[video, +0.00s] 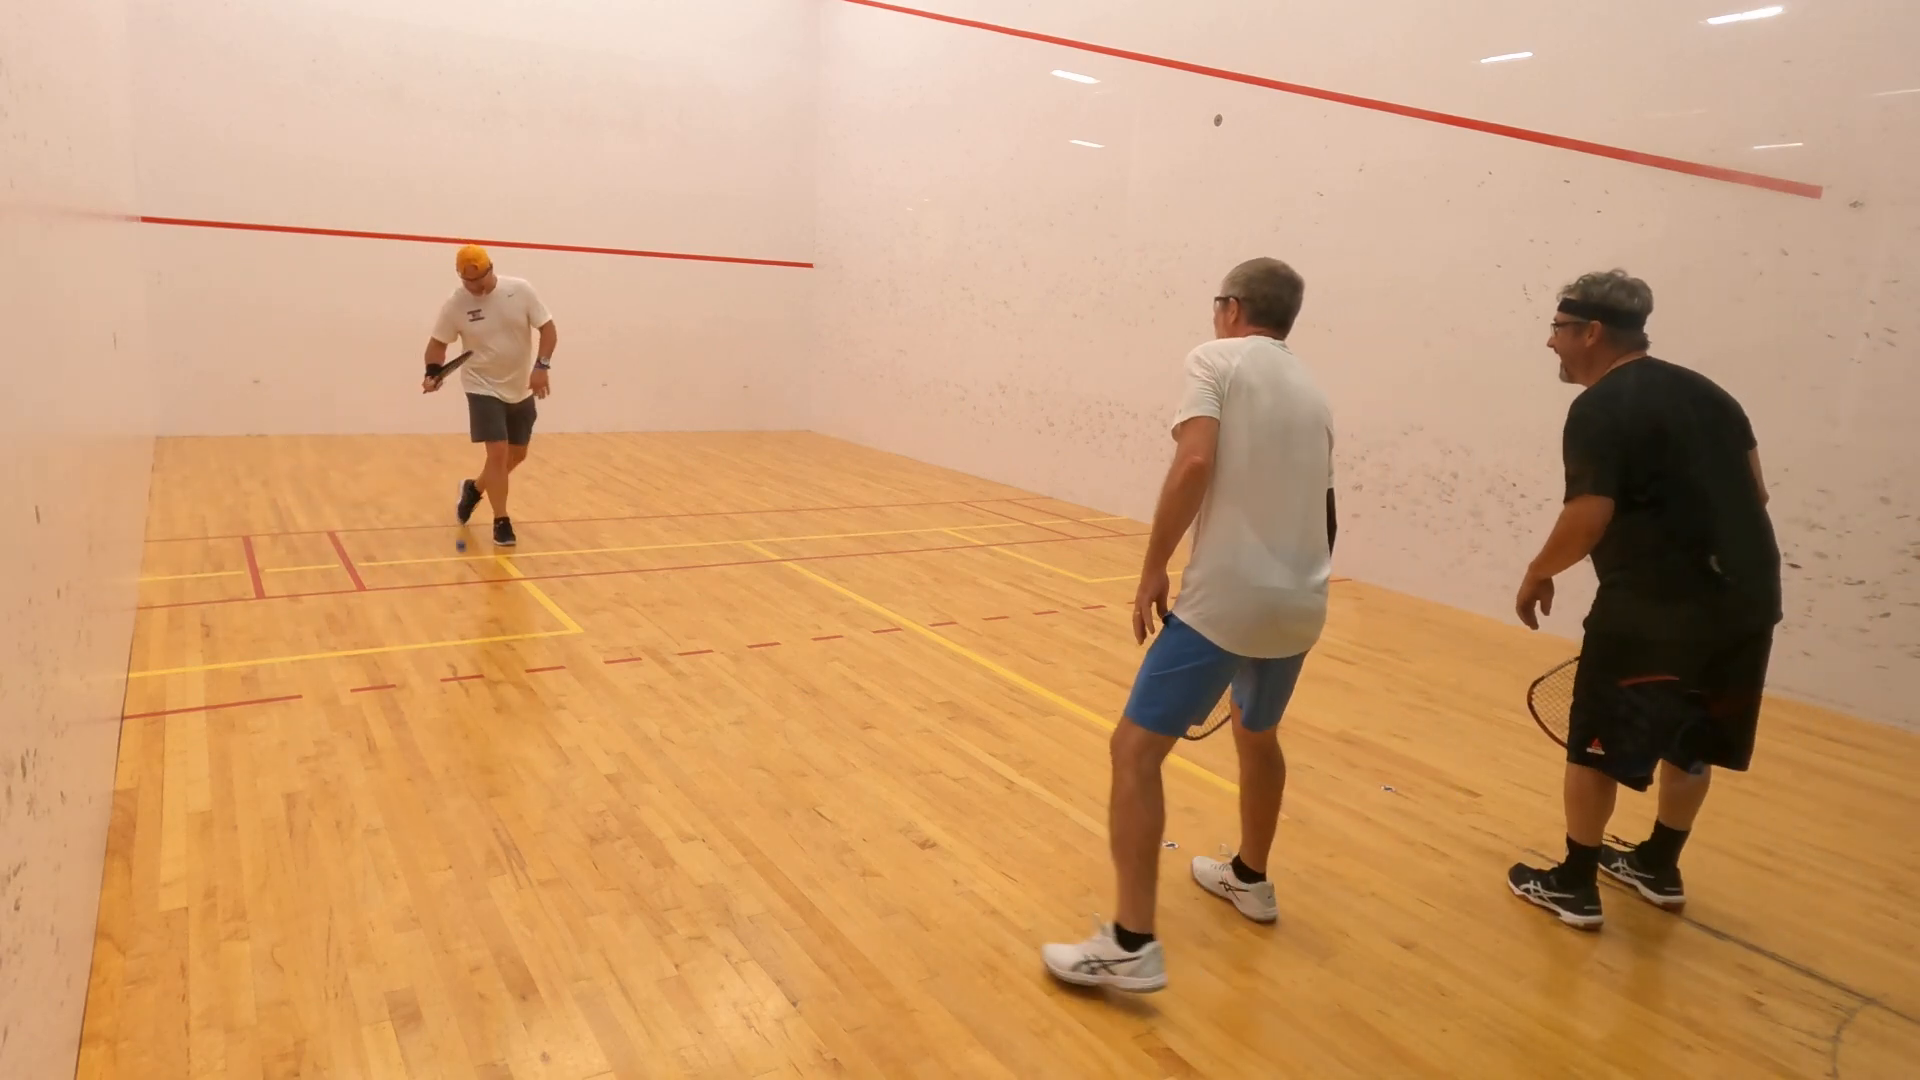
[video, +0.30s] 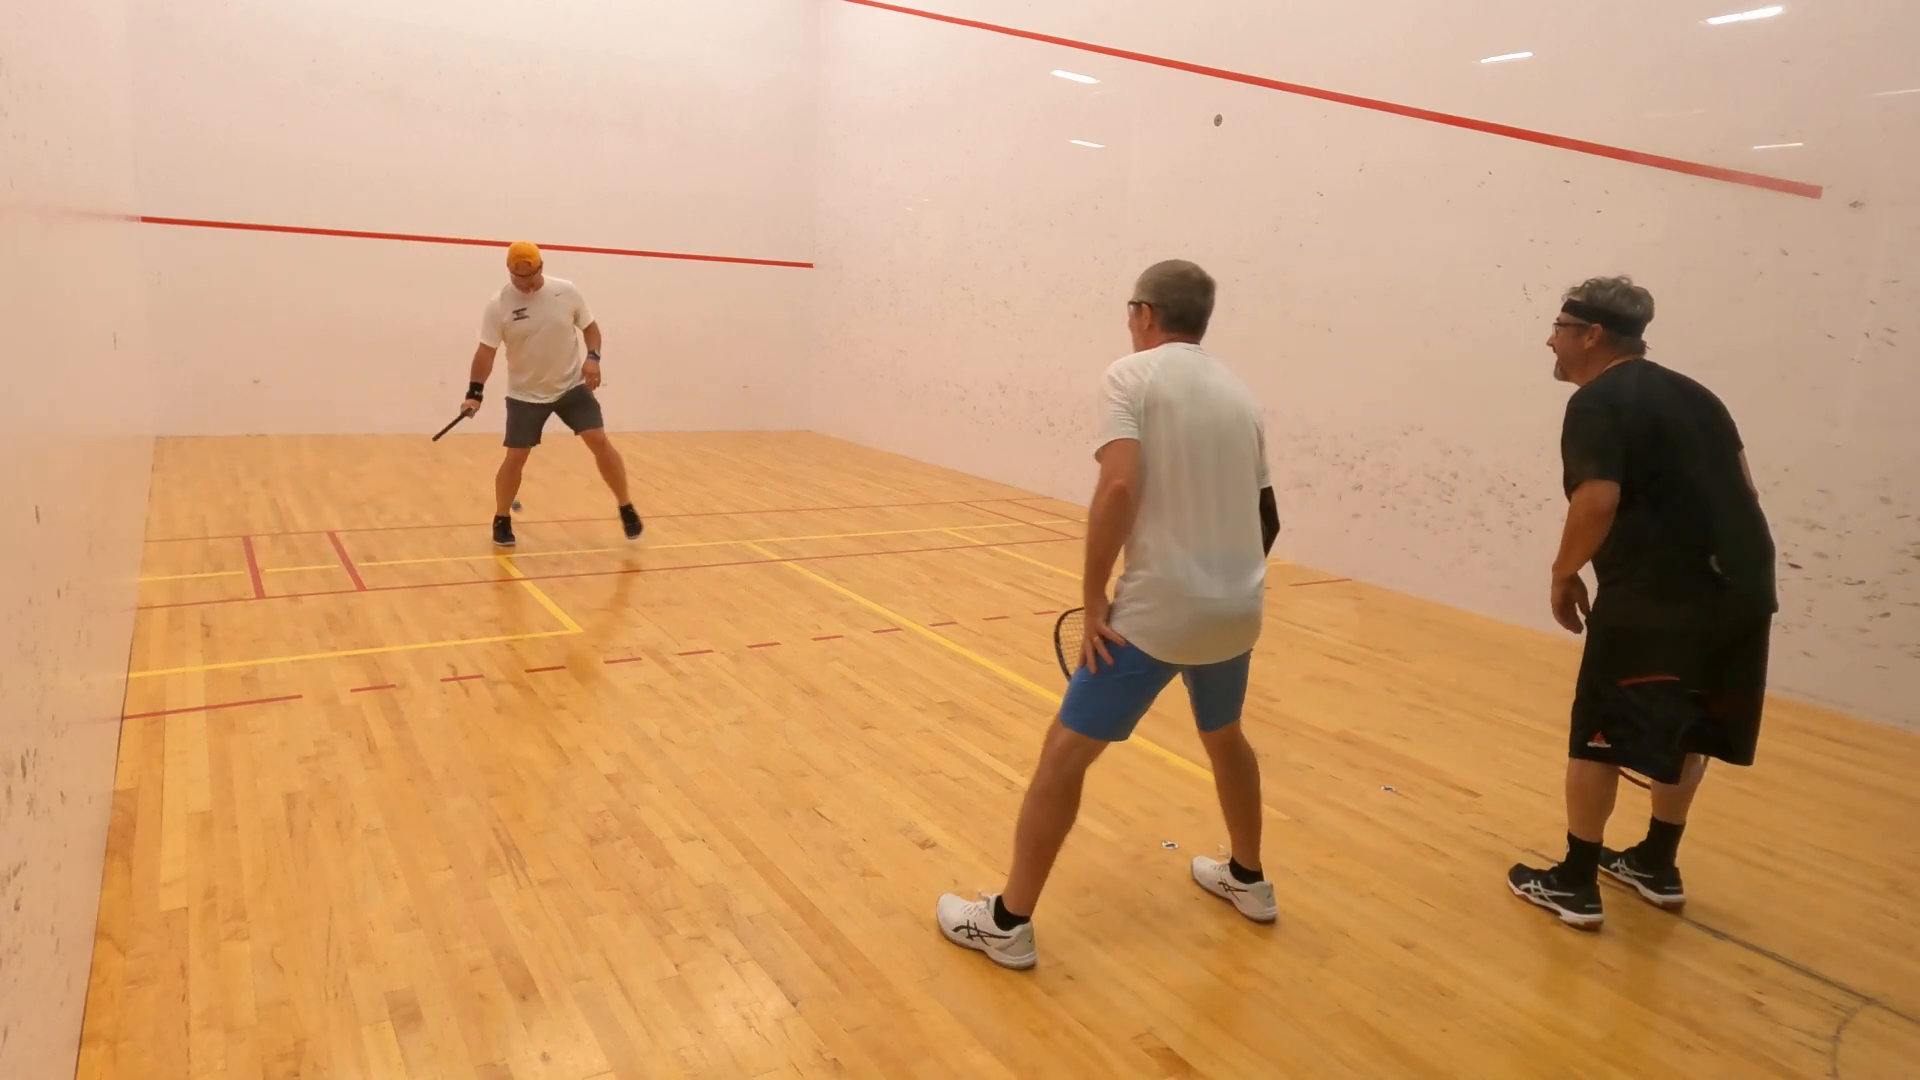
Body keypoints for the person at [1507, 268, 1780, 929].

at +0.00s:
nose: (1552, 342)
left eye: (1561, 328)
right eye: (1553, 328)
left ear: (1597, 333)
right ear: (1622, 334)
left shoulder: (1598, 408)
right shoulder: (1711, 396)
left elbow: (1587, 517)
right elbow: (1753, 495)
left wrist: (1538, 571)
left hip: (1651, 608)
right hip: (1742, 608)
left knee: (1598, 733)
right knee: (1695, 734)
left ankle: (1575, 879)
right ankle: (1659, 863)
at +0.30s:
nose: (1551, 338)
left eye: (1562, 328)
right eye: (1555, 326)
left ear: (1595, 336)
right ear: (1619, 338)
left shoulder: (1597, 400)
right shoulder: (1695, 395)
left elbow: (1597, 500)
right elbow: (1741, 491)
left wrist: (1563, 573)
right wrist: (1736, 577)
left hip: (1651, 599)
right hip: (1733, 601)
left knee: (1598, 727)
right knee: (1689, 724)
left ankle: (1576, 878)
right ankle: (1657, 862)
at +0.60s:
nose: (1552, 341)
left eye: (1563, 331)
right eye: (1557, 329)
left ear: (1595, 340)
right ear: (1619, 343)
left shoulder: (1593, 401)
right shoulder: (1694, 397)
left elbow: (1595, 497)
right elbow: (1747, 491)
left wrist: (1571, 578)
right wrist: (1738, 578)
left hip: (1651, 597)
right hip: (1730, 599)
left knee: (1599, 725)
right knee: (1682, 723)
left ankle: (1577, 878)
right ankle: (1657, 862)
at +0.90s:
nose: (1559, 340)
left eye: (1568, 330)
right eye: (1563, 328)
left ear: (1598, 338)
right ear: (1624, 341)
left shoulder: (1596, 400)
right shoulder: (1702, 397)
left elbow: (1592, 489)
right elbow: (1753, 493)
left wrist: (1570, 556)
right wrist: (1716, 563)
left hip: (1652, 593)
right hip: (1733, 598)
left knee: (1601, 721)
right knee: (1679, 723)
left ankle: (1578, 878)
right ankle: (1658, 864)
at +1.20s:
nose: (1577, 326)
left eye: (1586, 316)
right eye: (1580, 314)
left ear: (1618, 325)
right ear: (1648, 329)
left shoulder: (1603, 390)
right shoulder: (1715, 395)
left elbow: (1589, 479)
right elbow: (1758, 489)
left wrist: (1552, 537)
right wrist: (1728, 568)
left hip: (1625, 595)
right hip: (1712, 601)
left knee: (1556, 701)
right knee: (1671, 722)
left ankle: (1570, 842)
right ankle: (1659, 862)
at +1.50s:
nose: (1539, 330)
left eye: (1549, 320)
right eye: (1544, 318)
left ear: (1579, 331)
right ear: (1608, 334)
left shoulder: (1565, 398)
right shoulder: (1666, 404)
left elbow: (1549, 487)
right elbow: (1693, 499)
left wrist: (1503, 531)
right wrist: (1655, 562)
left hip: (1568, 595)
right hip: (1652, 604)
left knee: (1485, 669)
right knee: (1632, 722)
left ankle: (1435, 775)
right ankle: (1655, 861)